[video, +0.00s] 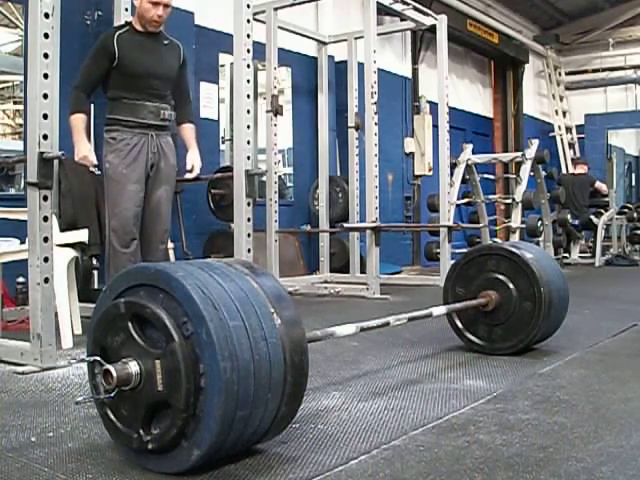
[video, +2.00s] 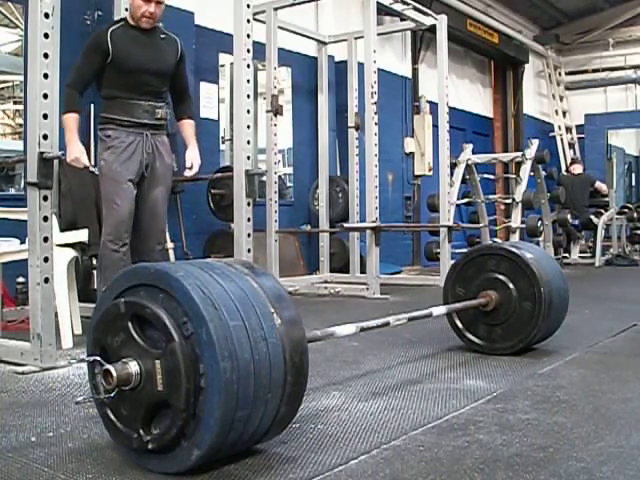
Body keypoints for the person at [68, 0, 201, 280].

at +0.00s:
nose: (160, 12)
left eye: (166, 7)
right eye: (154, 4)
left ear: (170, 10)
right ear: (137, 3)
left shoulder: (175, 50)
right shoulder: (113, 41)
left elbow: (183, 105)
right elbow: (80, 92)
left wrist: (192, 148)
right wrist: (80, 142)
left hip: (164, 143)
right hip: (124, 141)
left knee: (158, 231)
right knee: (124, 229)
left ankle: (158, 304)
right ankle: (123, 304)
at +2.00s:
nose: (151, 9)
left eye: (158, 3)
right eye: (145, 1)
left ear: (163, 7)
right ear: (130, 3)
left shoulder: (172, 45)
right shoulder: (106, 38)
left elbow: (182, 98)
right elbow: (73, 90)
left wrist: (192, 145)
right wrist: (72, 142)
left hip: (160, 141)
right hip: (118, 139)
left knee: (153, 233)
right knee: (118, 229)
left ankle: (152, 312)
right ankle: (113, 313)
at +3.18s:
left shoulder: (211, 23)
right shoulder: (136, 11)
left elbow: (220, 80)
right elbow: (90, 67)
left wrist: (238, 136)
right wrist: (83, 133)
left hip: (186, 128)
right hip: (143, 123)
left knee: (181, 217)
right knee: (166, 207)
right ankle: (144, 294)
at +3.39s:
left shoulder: (238, 17)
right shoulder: (160, 8)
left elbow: (249, 80)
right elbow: (111, 66)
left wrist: (273, 136)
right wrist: (107, 135)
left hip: (218, 127)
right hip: (174, 124)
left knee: (197, 228)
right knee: (209, 220)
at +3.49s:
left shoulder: (253, 10)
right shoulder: (178, 4)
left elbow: (260, 76)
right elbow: (129, 61)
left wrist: (281, 134)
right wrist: (132, 137)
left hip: (237, 125)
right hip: (189, 120)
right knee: (221, 231)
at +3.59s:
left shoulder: (268, 5)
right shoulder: (193, 3)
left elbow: (271, 67)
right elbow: (147, 51)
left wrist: (284, 130)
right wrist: (156, 123)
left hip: (255, 117)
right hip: (205, 115)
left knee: (296, 214)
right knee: (227, 239)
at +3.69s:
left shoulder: (283, 4)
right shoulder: (206, 2)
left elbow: (279, 53)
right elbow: (160, 44)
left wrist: (290, 115)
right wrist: (178, 112)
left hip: (277, 115)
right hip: (225, 112)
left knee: (323, 207)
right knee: (234, 231)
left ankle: (333, 328)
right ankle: (235, 348)